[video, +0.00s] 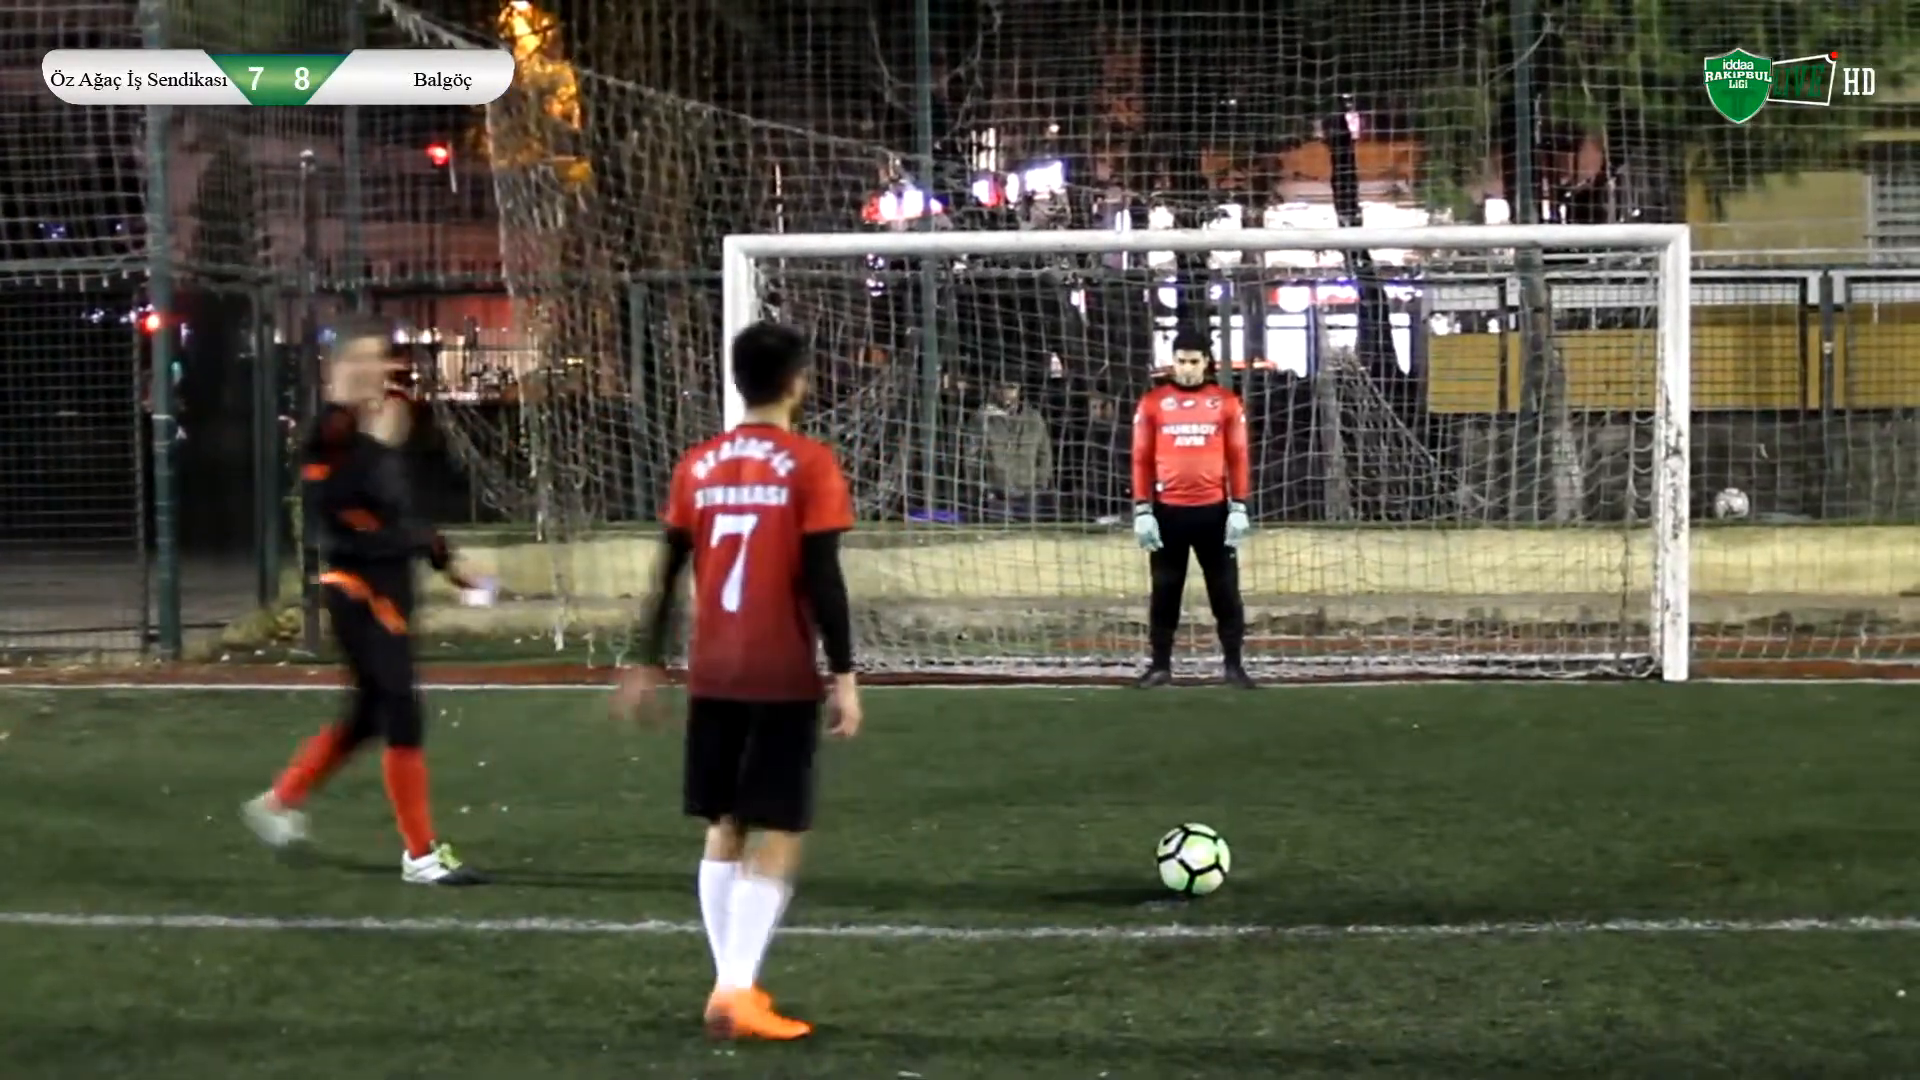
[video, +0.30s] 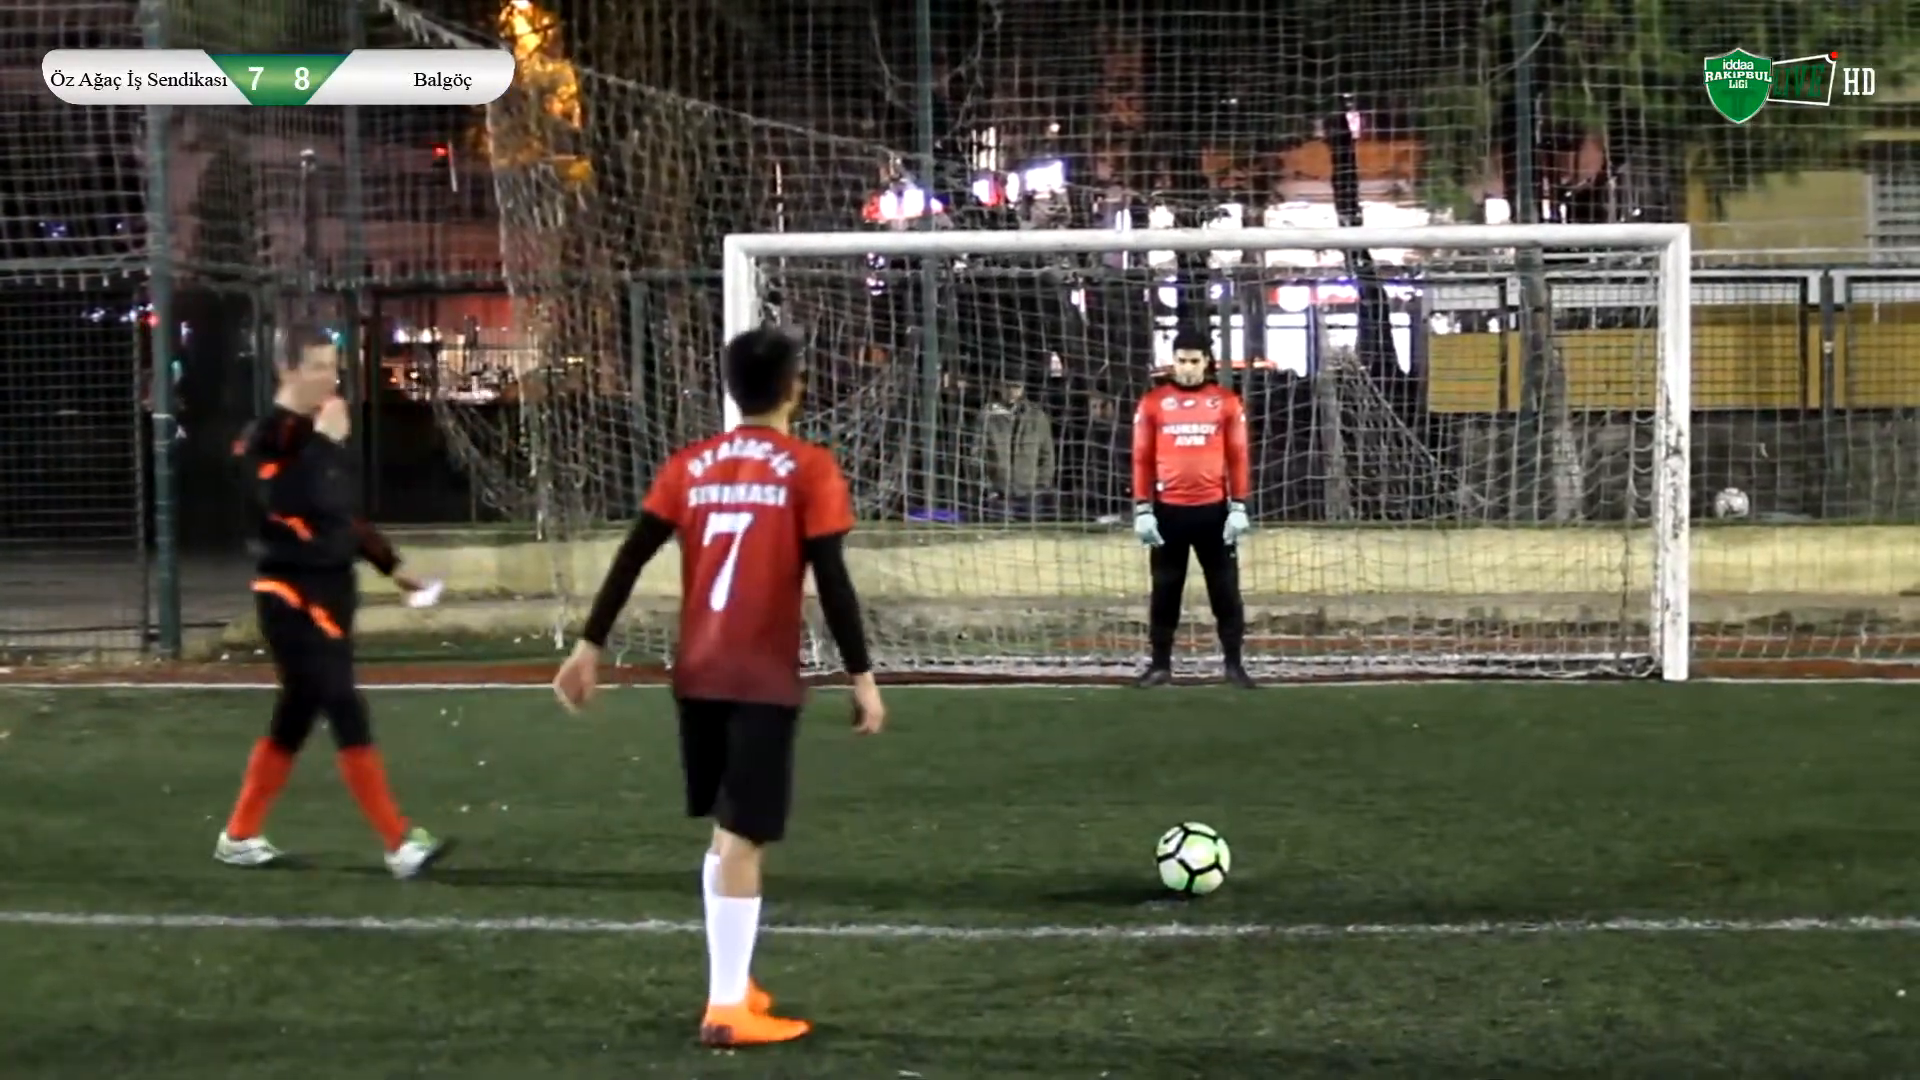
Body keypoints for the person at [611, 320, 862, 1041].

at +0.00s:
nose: (809, 385)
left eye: (805, 374)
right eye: (807, 375)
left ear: (738, 383)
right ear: (794, 383)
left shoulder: (697, 463)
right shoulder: (811, 462)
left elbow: (667, 573)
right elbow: (822, 571)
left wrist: (646, 657)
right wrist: (844, 671)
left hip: (711, 676)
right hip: (783, 677)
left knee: (725, 824)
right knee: (780, 830)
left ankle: (729, 986)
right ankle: (735, 985)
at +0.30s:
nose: (802, 389)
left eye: (795, 378)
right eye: (800, 381)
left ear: (732, 389)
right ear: (792, 390)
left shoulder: (689, 463)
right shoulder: (809, 465)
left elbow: (631, 555)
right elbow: (831, 577)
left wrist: (589, 643)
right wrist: (861, 674)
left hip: (696, 674)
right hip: (764, 676)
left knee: (729, 830)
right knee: (740, 839)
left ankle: (734, 985)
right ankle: (726, 1006)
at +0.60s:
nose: (792, 386)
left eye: (784, 375)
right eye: (790, 377)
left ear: (723, 384)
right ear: (781, 385)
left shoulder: (678, 459)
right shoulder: (798, 466)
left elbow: (638, 565)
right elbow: (824, 578)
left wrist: (612, 653)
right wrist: (859, 671)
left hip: (687, 675)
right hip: (758, 679)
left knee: (718, 819)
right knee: (740, 838)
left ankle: (692, 975)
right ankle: (730, 1002)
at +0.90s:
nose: (747, 386)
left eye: (718, 371)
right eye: (760, 377)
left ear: (701, 379)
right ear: (763, 384)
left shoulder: (651, 458)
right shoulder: (773, 464)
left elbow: (651, 572)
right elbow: (797, 579)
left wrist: (683, 628)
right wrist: (830, 675)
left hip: (671, 676)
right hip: (745, 680)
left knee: (680, 824)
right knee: (745, 839)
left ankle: (664, 999)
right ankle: (729, 1001)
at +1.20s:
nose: (693, 384)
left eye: (687, 373)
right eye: (729, 380)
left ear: (680, 383)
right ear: (743, 388)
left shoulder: (634, 462)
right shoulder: (756, 466)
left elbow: (646, 558)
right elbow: (765, 580)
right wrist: (788, 678)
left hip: (653, 679)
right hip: (732, 682)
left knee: (662, 828)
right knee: (768, 819)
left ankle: (665, 1002)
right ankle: (744, 983)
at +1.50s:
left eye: (697, 371)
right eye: (735, 379)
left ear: (677, 380)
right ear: (740, 385)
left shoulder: (628, 457)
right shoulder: (749, 465)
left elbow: (628, 571)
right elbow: (750, 582)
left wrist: (692, 592)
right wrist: (771, 680)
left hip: (650, 678)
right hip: (728, 679)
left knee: (661, 830)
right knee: (756, 825)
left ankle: (665, 1001)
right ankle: (768, 986)